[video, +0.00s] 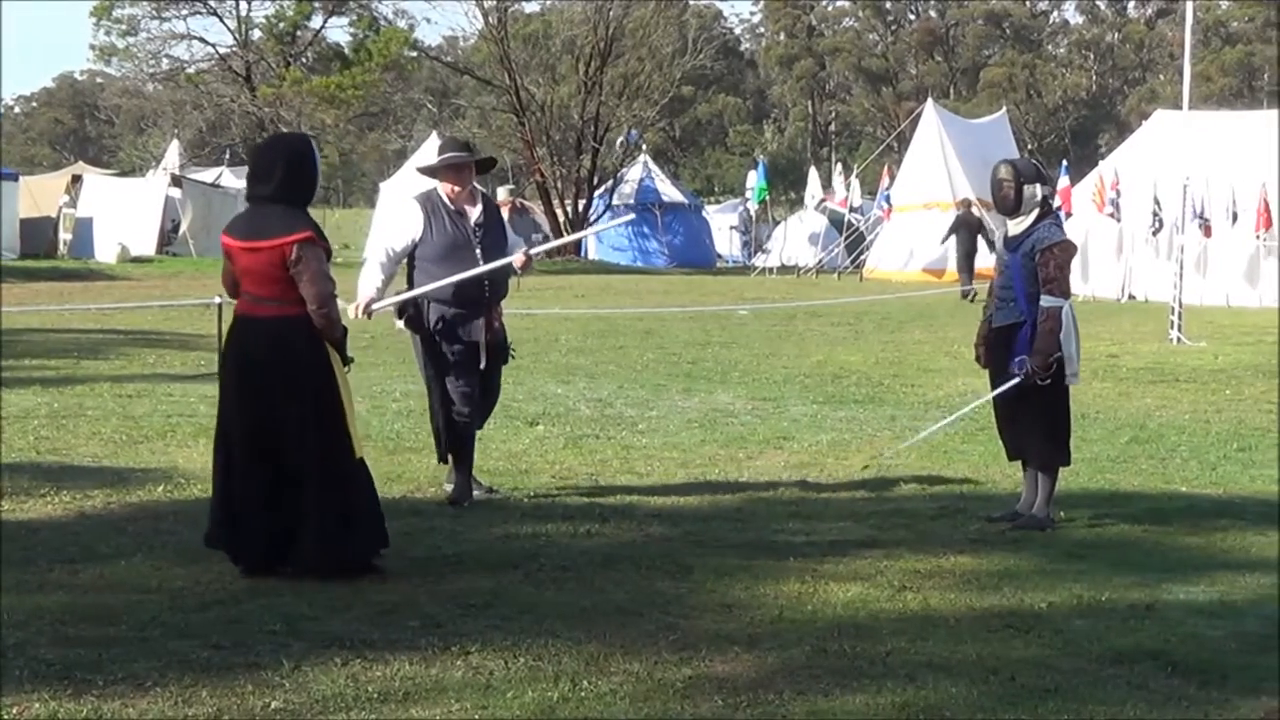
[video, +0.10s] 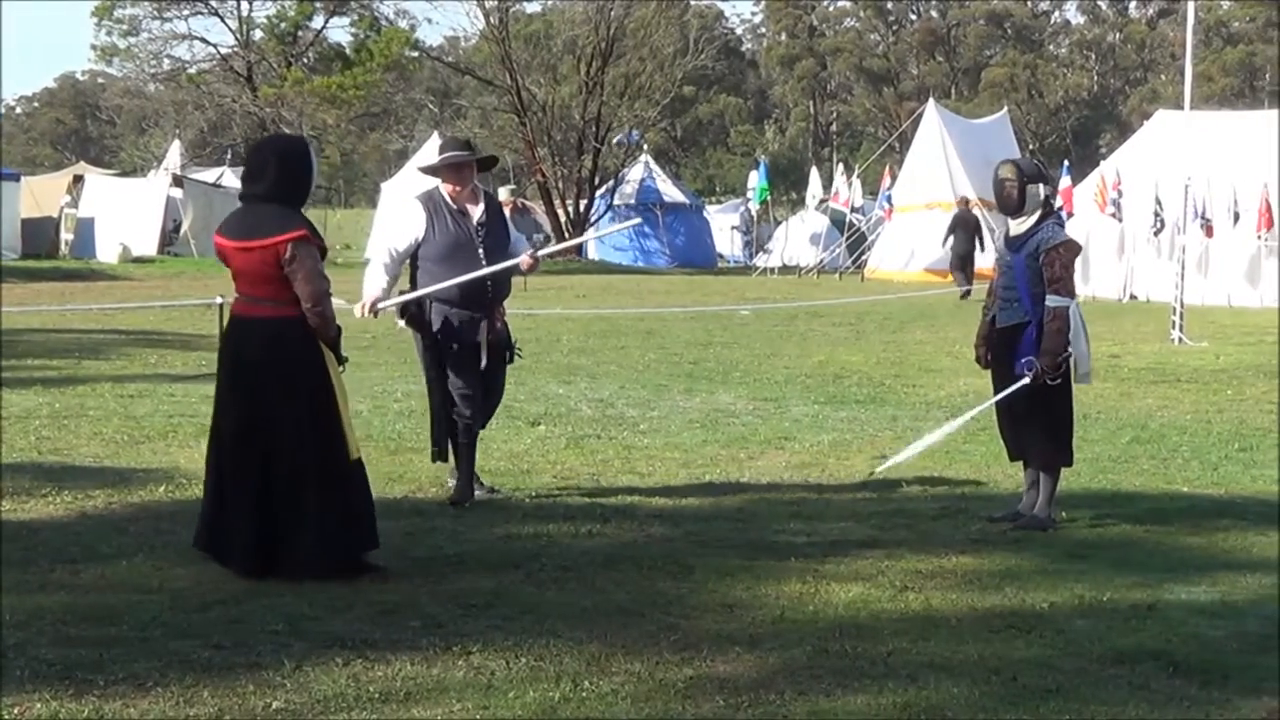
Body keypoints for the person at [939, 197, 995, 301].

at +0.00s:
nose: (960, 208)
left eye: (961, 206)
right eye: (961, 206)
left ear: (962, 206)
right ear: (971, 206)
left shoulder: (960, 218)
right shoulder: (977, 220)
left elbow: (951, 230)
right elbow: (985, 234)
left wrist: (944, 239)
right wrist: (991, 246)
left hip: (962, 248)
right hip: (973, 248)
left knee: (962, 269)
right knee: (970, 269)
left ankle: (970, 288)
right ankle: (965, 290)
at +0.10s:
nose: (957, 205)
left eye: (958, 203)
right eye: (958, 203)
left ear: (961, 204)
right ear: (968, 204)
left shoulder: (957, 216)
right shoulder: (974, 217)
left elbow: (950, 229)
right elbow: (979, 233)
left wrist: (944, 240)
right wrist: (982, 245)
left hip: (959, 247)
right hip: (970, 247)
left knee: (955, 268)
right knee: (968, 269)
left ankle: (963, 286)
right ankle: (968, 289)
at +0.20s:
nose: (959, 205)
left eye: (959, 203)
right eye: (962, 202)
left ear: (958, 203)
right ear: (967, 203)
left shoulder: (956, 215)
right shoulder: (973, 216)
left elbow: (950, 230)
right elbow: (978, 232)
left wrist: (945, 239)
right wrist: (974, 242)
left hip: (957, 247)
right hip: (969, 247)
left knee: (952, 266)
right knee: (969, 269)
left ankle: (958, 288)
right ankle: (967, 289)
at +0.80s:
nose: (948, 206)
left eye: (948, 204)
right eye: (950, 203)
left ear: (946, 205)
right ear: (954, 204)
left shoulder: (942, 217)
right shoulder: (961, 217)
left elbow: (934, 229)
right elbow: (969, 231)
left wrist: (931, 237)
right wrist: (972, 243)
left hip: (946, 248)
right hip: (956, 247)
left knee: (947, 269)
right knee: (956, 269)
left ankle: (948, 290)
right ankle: (954, 291)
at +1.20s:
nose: (942, 205)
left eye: (941, 203)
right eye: (944, 203)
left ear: (939, 204)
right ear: (947, 203)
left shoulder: (936, 215)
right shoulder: (952, 215)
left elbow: (930, 227)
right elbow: (958, 228)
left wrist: (926, 237)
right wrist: (960, 239)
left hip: (938, 246)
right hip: (950, 246)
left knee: (937, 265)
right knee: (950, 266)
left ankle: (941, 284)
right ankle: (949, 287)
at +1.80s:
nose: (932, 204)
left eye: (931, 202)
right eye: (933, 202)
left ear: (928, 202)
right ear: (935, 202)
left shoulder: (923, 213)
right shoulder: (940, 213)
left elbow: (916, 225)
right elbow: (946, 227)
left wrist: (912, 234)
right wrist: (952, 240)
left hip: (927, 243)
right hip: (937, 243)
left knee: (928, 265)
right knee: (938, 265)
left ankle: (929, 286)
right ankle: (936, 285)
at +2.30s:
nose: (928, 204)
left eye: (927, 202)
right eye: (930, 202)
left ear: (924, 203)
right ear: (932, 203)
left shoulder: (920, 214)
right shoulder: (936, 214)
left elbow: (915, 226)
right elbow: (942, 226)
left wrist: (913, 234)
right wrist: (942, 233)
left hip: (922, 243)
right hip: (933, 244)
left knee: (920, 262)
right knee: (932, 263)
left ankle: (921, 282)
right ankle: (931, 284)